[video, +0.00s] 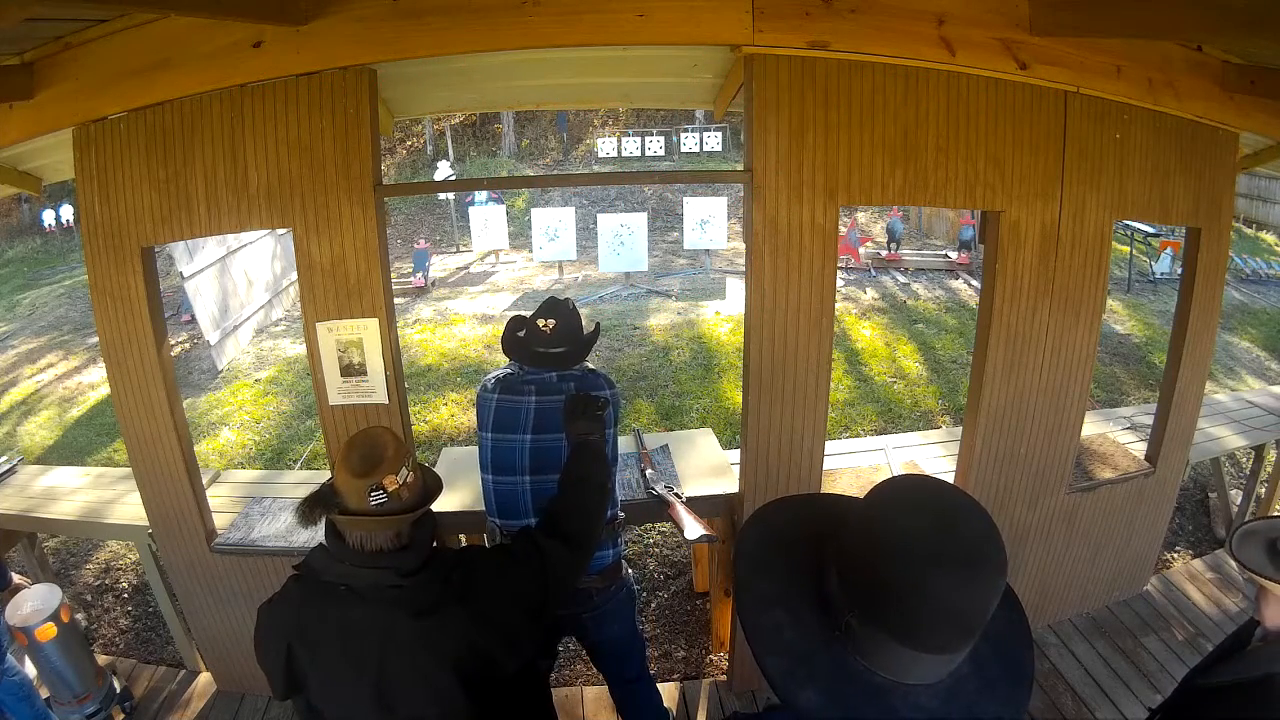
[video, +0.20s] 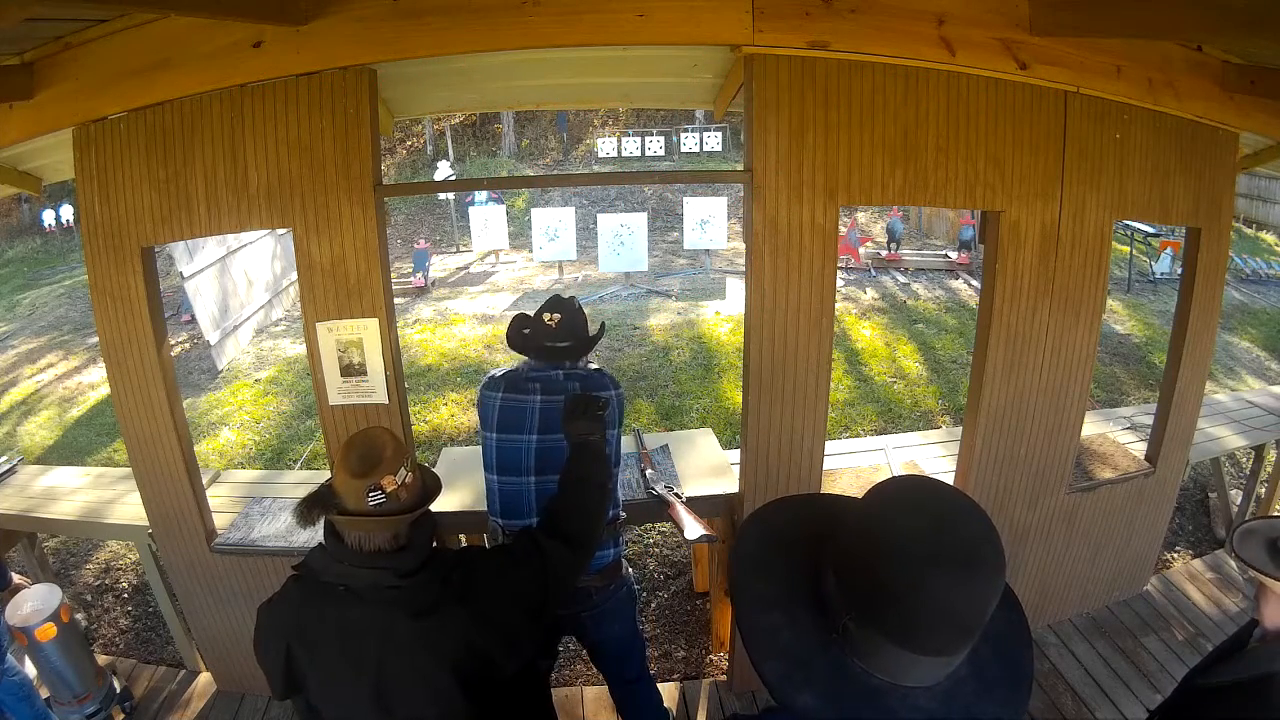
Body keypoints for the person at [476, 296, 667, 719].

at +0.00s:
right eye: (582, 340)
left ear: (524, 343)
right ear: (578, 347)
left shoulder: (489, 391)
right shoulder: (598, 388)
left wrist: (535, 348)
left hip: (515, 582)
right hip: (594, 578)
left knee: (527, 690)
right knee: (633, 686)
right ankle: (653, 716)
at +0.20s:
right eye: (585, 339)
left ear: (529, 341)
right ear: (583, 345)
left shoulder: (491, 390)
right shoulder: (605, 389)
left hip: (517, 582)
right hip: (596, 576)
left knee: (528, 692)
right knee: (634, 687)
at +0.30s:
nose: (592, 355)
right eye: (591, 348)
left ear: (535, 346)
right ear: (586, 349)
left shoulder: (492, 391)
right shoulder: (608, 392)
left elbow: (457, 440)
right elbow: (634, 410)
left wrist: (512, 439)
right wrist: (590, 372)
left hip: (517, 579)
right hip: (597, 575)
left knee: (527, 691)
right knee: (633, 683)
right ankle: (653, 717)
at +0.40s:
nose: (594, 360)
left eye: (593, 353)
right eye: (593, 352)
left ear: (541, 348)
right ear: (586, 352)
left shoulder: (488, 396)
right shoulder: (613, 393)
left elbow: (445, 463)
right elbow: (673, 429)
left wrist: (494, 502)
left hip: (519, 577)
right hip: (600, 572)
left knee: (529, 689)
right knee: (634, 683)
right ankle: (652, 717)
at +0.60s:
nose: (604, 370)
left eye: (604, 362)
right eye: (603, 362)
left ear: (550, 351)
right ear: (593, 358)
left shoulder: (492, 391)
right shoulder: (617, 395)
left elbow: (451, 449)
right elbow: (687, 448)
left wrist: (490, 499)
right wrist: (644, 450)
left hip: (519, 576)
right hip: (600, 567)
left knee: (528, 691)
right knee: (633, 681)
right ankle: (652, 719)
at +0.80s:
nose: (607, 366)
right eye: (605, 358)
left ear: (550, 353)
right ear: (597, 358)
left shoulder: (497, 389)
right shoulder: (625, 395)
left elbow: (444, 433)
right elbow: (688, 442)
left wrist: (487, 486)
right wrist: (640, 464)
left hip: (520, 578)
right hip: (603, 571)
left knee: (527, 694)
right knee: (634, 684)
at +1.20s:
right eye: (582, 337)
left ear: (529, 343)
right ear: (583, 344)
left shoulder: (491, 399)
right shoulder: (610, 391)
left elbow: (465, 471)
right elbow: (638, 457)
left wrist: (515, 452)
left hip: (526, 580)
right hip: (606, 571)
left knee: (530, 691)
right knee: (634, 681)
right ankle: (653, 718)